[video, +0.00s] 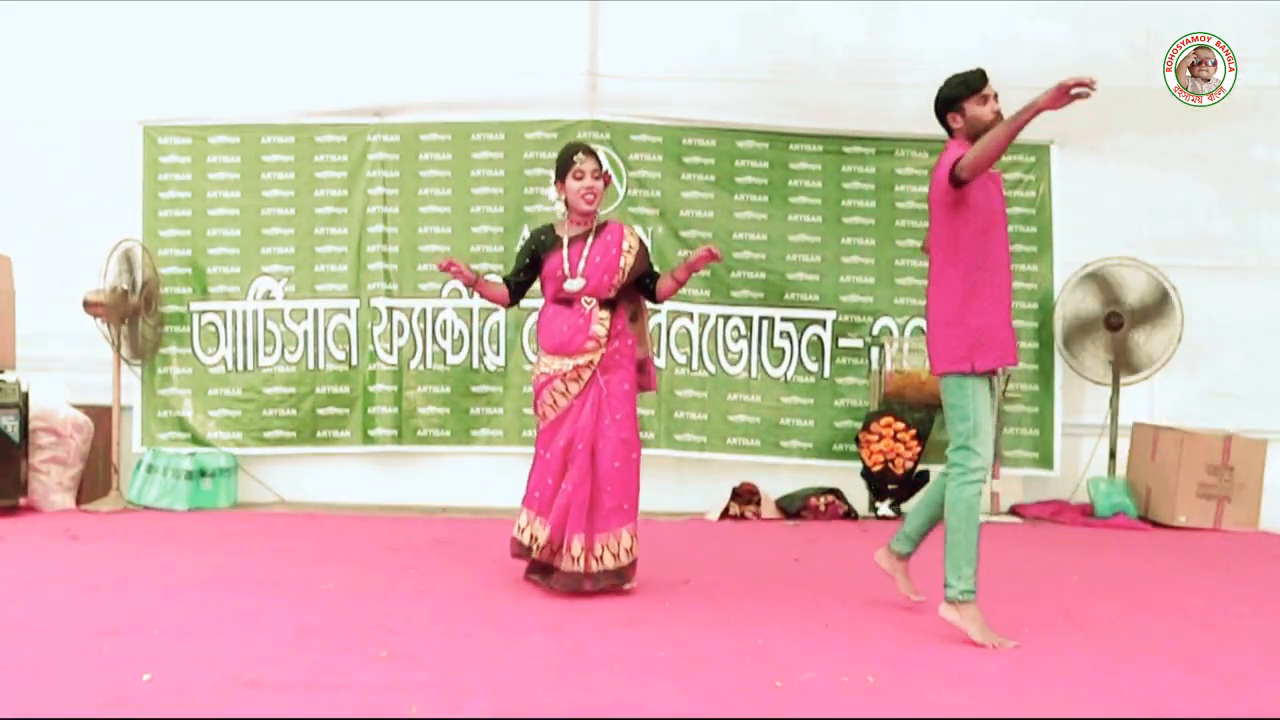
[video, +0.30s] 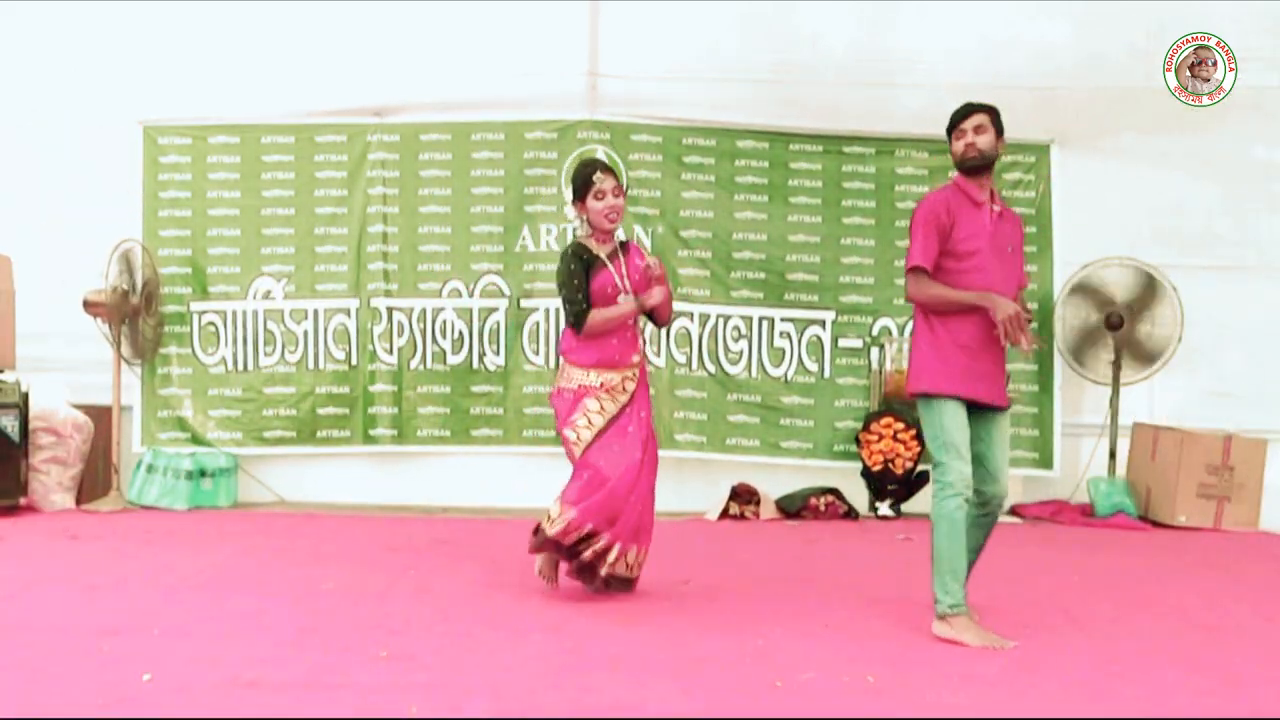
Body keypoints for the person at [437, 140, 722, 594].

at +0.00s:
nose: (590, 185)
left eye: (597, 177)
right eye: (580, 177)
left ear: (606, 185)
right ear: (561, 187)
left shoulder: (624, 239)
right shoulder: (544, 240)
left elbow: (656, 291)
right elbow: (509, 294)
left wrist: (688, 266)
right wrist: (471, 279)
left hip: (613, 362)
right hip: (559, 363)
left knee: (609, 456)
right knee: (560, 454)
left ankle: (604, 560)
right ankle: (558, 555)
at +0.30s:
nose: (612, 204)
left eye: (617, 194)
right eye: (600, 197)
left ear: (625, 199)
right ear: (580, 207)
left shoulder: (634, 253)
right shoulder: (576, 258)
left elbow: (663, 318)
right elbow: (582, 321)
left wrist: (658, 286)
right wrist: (639, 302)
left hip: (630, 379)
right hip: (584, 381)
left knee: (636, 471)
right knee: (606, 471)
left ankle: (610, 560)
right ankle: (553, 538)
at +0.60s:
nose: (642, 191)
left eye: (644, 183)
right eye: (630, 185)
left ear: (644, 188)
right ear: (607, 196)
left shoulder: (627, 241)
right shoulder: (618, 241)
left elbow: (639, 307)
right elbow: (631, 311)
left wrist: (679, 305)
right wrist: (686, 320)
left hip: (635, 375)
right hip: (627, 378)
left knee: (636, 473)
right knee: (655, 476)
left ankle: (591, 565)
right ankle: (630, 592)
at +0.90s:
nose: (642, 181)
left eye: (643, 171)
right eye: (629, 175)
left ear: (646, 177)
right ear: (607, 187)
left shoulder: (630, 230)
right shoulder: (616, 229)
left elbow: (627, 289)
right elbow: (589, 282)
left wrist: (669, 303)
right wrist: (627, 295)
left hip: (637, 360)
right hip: (624, 365)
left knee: (660, 458)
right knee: (663, 461)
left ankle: (608, 545)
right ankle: (633, 582)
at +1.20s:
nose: (615, 193)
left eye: (619, 184)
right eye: (603, 185)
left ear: (625, 188)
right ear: (581, 195)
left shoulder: (635, 239)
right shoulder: (573, 242)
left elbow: (660, 293)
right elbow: (580, 308)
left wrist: (647, 286)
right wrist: (641, 304)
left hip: (626, 364)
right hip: (583, 366)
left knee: (636, 457)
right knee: (601, 460)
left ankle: (630, 562)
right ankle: (579, 562)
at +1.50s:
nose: (596, 193)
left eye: (600, 184)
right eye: (584, 186)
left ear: (607, 189)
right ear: (564, 196)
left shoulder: (624, 246)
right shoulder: (552, 247)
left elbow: (636, 307)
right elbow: (535, 312)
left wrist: (621, 340)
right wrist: (572, 356)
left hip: (610, 368)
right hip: (560, 368)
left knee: (610, 459)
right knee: (566, 459)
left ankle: (608, 562)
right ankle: (568, 562)